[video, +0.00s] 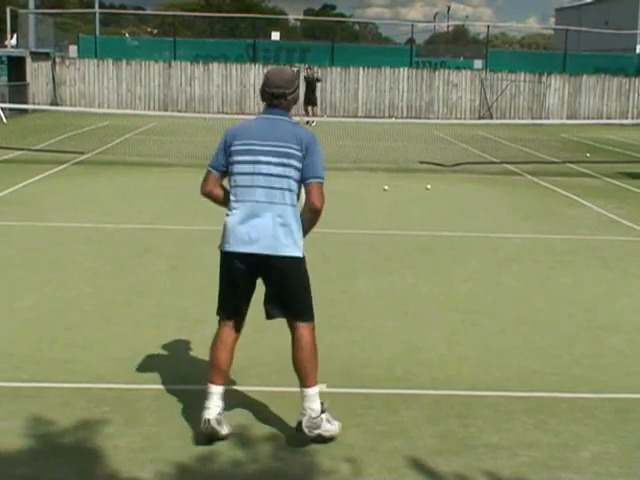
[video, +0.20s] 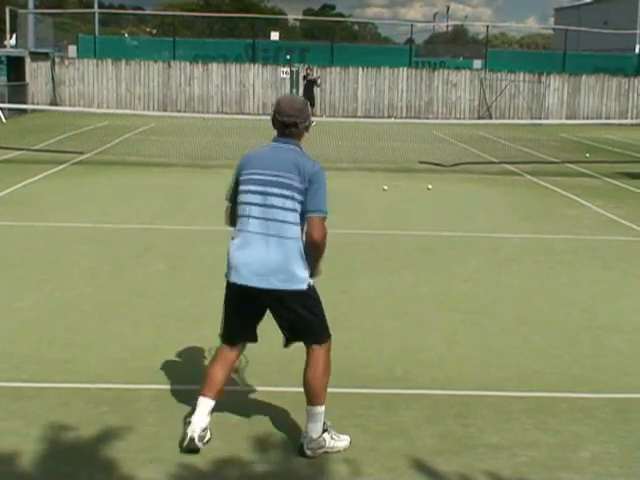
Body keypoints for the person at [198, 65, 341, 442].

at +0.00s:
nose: (290, 99)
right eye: (292, 95)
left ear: (261, 97)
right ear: (292, 99)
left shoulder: (236, 134)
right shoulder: (305, 138)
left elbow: (209, 187)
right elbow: (315, 203)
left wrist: (241, 205)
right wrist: (298, 232)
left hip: (237, 245)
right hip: (283, 247)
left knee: (229, 323)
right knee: (302, 324)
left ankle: (211, 412)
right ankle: (312, 414)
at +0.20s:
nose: (304, 128)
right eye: (306, 123)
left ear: (274, 124)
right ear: (306, 126)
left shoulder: (248, 160)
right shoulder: (310, 169)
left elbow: (234, 217)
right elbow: (316, 235)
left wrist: (259, 242)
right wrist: (312, 268)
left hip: (242, 272)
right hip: (287, 275)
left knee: (231, 343)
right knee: (318, 342)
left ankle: (196, 425)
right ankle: (315, 433)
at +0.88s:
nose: (307, 138)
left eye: (305, 133)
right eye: (306, 133)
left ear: (273, 132)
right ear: (301, 137)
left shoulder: (261, 157)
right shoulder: (272, 165)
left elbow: (304, 183)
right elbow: (254, 209)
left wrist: (348, 186)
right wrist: (304, 214)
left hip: (206, 259)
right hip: (230, 269)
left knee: (227, 326)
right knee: (266, 343)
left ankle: (193, 400)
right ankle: (243, 432)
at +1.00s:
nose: (304, 139)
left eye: (302, 132)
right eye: (303, 133)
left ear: (270, 132)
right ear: (299, 138)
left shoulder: (257, 158)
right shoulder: (268, 167)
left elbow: (287, 183)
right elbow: (253, 212)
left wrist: (315, 194)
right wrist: (299, 219)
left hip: (202, 258)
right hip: (225, 269)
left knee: (220, 327)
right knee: (265, 342)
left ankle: (191, 397)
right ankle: (243, 432)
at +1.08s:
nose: (299, 137)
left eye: (298, 132)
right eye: (298, 133)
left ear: (267, 130)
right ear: (293, 136)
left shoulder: (254, 157)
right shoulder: (262, 164)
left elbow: (257, 215)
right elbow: (262, 217)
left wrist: (297, 228)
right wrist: (305, 228)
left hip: (201, 257)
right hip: (223, 266)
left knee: (224, 321)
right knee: (260, 341)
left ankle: (190, 395)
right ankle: (242, 431)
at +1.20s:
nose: (286, 126)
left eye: (285, 120)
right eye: (286, 121)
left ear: (253, 118)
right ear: (280, 123)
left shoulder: (228, 145)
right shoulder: (258, 158)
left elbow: (194, 172)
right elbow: (290, 215)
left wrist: (184, 201)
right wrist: (341, 231)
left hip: (197, 252)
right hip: (226, 261)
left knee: (219, 315)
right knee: (253, 335)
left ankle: (190, 392)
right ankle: (243, 428)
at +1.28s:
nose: (275, 115)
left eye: (275, 109)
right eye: (275, 110)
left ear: (242, 106)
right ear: (265, 110)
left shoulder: (208, 137)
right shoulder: (263, 148)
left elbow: (168, 169)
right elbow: (297, 200)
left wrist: (157, 206)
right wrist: (345, 207)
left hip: (196, 247)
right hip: (232, 255)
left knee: (208, 312)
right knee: (245, 331)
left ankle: (188, 393)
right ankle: (246, 423)